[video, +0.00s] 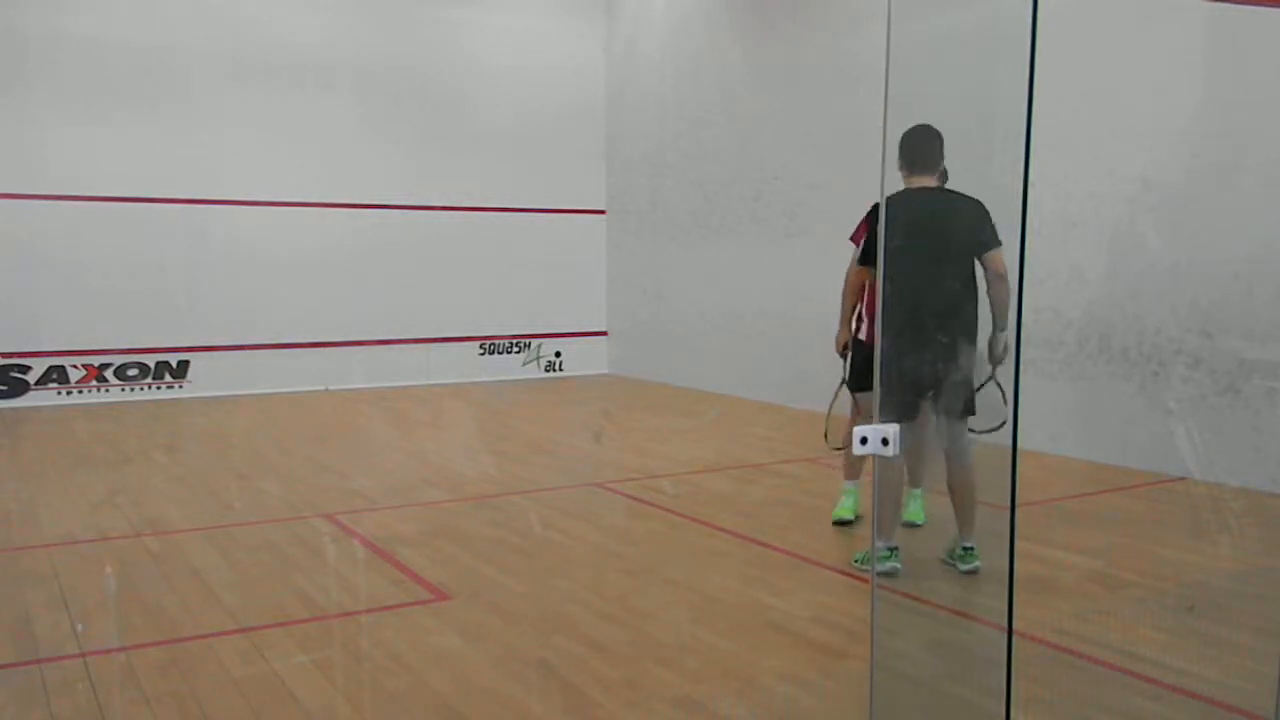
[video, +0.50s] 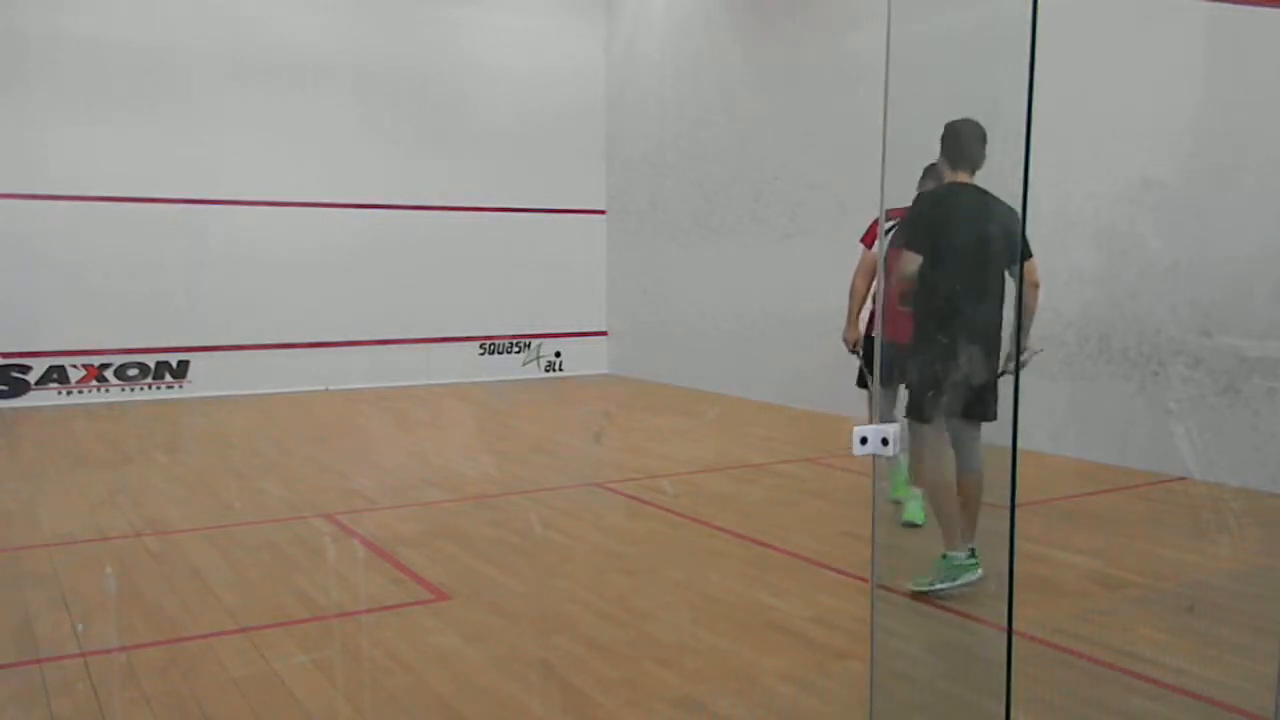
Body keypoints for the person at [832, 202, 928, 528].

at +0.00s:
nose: (922, 192)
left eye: (929, 187)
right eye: (918, 186)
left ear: (939, 183)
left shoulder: (946, 224)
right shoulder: (881, 214)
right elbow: (858, 271)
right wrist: (844, 325)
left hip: (919, 338)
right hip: (872, 335)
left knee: (916, 419)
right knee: (861, 412)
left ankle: (914, 493)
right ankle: (850, 491)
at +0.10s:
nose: (923, 188)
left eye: (928, 183)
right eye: (921, 181)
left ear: (931, 181)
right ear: (913, 179)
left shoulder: (950, 227)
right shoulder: (884, 216)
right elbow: (861, 269)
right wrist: (849, 323)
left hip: (919, 339)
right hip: (874, 334)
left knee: (914, 419)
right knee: (864, 410)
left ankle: (914, 493)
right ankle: (858, 487)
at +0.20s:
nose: (929, 200)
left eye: (935, 194)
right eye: (925, 190)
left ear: (943, 194)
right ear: (915, 184)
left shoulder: (946, 232)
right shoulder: (886, 221)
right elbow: (864, 271)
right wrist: (853, 322)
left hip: (920, 338)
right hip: (877, 334)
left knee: (915, 416)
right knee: (868, 409)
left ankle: (913, 489)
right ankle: (870, 481)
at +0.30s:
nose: (936, 197)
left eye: (942, 190)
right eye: (931, 187)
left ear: (948, 192)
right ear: (920, 183)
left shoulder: (950, 229)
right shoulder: (891, 219)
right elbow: (865, 269)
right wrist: (853, 322)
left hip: (925, 338)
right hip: (882, 334)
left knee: (915, 413)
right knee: (873, 404)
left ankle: (906, 479)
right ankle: (883, 474)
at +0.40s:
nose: (938, 196)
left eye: (943, 189)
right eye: (934, 187)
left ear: (948, 191)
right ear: (922, 184)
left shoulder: (952, 229)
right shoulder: (892, 220)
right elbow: (864, 272)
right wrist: (853, 321)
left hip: (929, 339)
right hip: (887, 336)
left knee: (923, 417)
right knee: (881, 410)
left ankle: (911, 489)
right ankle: (900, 481)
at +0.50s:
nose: (931, 196)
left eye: (937, 191)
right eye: (927, 189)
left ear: (948, 194)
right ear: (919, 188)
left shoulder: (953, 231)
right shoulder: (891, 223)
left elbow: (962, 286)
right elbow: (864, 274)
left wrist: (954, 333)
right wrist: (852, 322)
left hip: (929, 339)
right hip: (887, 337)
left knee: (924, 417)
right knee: (882, 411)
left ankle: (916, 489)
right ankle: (898, 478)